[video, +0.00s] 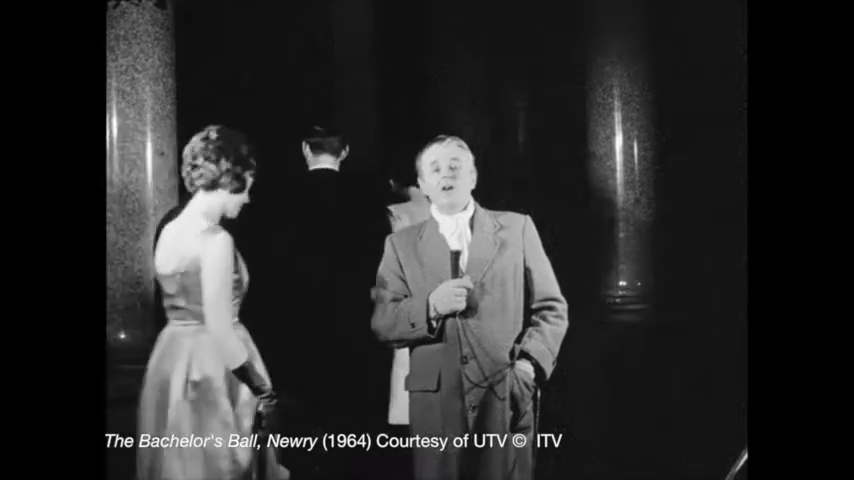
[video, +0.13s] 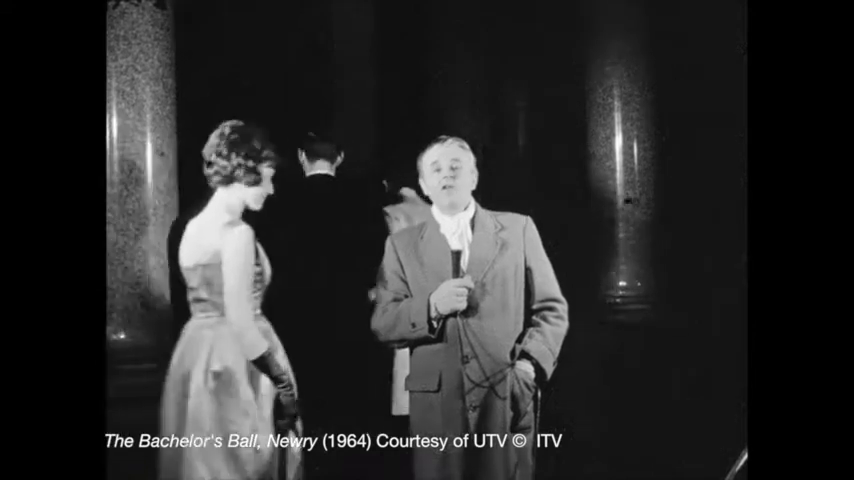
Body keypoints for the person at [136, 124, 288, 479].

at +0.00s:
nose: (247, 199)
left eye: (248, 188)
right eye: (245, 188)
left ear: (204, 179)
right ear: (223, 181)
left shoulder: (169, 232)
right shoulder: (216, 240)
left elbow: (178, 311)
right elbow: (220, 327)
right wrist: (262, 387)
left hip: (172, 347)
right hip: (209, 354)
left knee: (176, 455)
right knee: (216, 456)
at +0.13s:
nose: (272, 189)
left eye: (272, 179)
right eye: (268, 178)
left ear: (237, 173)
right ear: (244, 174)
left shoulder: (194, 229)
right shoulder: (237, 233)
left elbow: (204, 308)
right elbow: (241, 320)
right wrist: (282, 376)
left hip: (197, 347)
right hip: (232, 353)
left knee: (203, 454)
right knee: (241, 457)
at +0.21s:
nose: (286, 188)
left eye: (286, 177)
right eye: (282, 176)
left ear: (251, 173)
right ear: (256, 173)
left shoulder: (209, 229)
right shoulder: (251, 232)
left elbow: (219, 309)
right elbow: (254, 320)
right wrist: (297, 373)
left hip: (212, 348)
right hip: (247, 354)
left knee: (216, 457)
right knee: (256, 458)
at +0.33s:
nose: (305, 190)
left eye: (305, 179)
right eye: (301, 178)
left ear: (271, 178)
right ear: (275, 177)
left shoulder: (229, 232)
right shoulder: (278, 235)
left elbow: (239, 307)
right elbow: (280, 318)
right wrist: (320, 373)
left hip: (231, 349)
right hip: (269, 353)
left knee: (236, 453)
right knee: (276, 455)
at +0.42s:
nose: (319, 190)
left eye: (319, 180)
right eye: (314, 180)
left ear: (280, 180)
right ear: (289, 180)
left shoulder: (244, 234)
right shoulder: (295, 238)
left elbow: (252, 304)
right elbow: (300, 315)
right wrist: (329, 365)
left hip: (248, 351)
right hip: (287, 354)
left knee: (251, 450)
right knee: (294, 453)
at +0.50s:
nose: (330, 189)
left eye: (330, 180)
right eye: (325, 181)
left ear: (292, 180)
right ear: (301, 181)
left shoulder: (260, 233)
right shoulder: (313, 237)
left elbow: (267, 305)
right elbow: (323, 319)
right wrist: (347, 359)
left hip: (265, 346)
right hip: (305, 351)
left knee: (265, 448)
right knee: (308, 454)